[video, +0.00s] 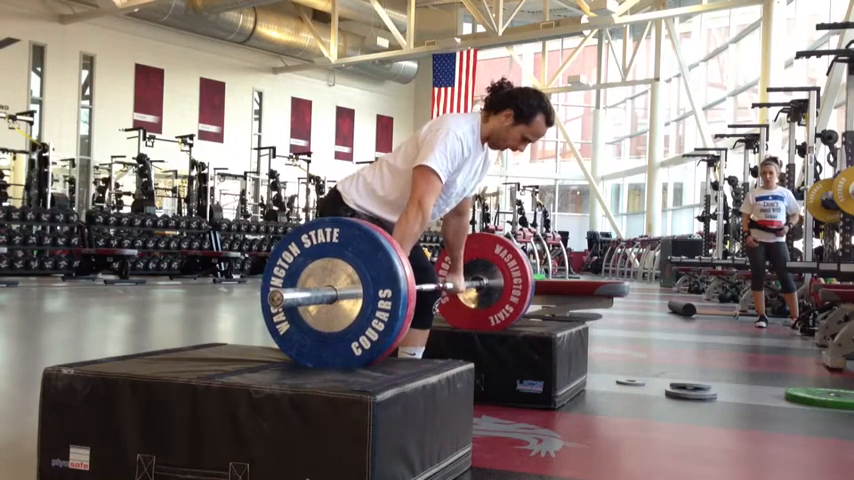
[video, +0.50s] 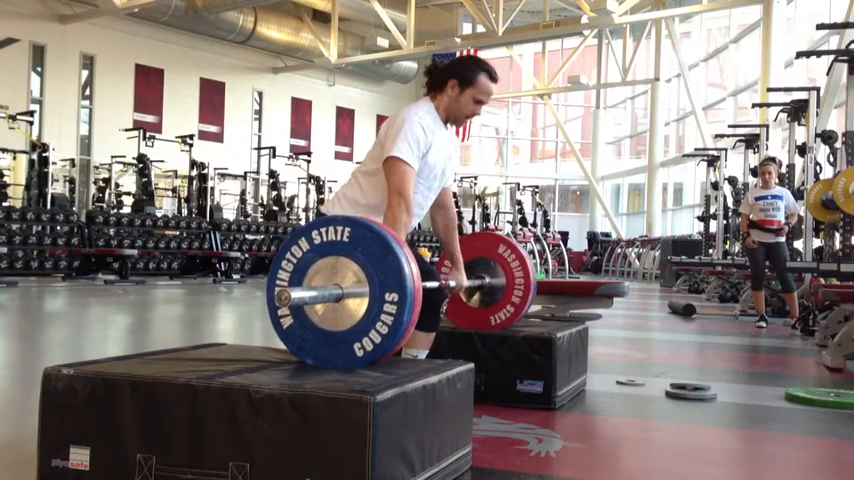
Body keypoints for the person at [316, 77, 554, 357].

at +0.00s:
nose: (521, 148)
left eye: (529, 143)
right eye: (524, 138)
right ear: (507, 116)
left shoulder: (483, 153)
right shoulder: (453, 132)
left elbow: (457, 215)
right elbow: (419, 207)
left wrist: (457, 271)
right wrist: (388, 270)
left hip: (389, 223)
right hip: (350, 210)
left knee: (424, 287)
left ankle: (406, 382)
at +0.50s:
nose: (478, 112)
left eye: (483, 105)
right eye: (477, 101)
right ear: (452, 88)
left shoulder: (448, 140)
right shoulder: (413, 120)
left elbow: (443, 209)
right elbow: (399, 201)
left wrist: (457, 266)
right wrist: (388, 270)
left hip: (386, 233)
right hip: (346, 226)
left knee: (432, 289)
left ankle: (407, 385)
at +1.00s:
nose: (468, 70)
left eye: (468, 64)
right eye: (460, 63)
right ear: (434, 72)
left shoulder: (447, 135)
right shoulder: (413, 119)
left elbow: (442, 205)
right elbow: (398, 199)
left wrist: (455, 262)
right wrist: (389, 269)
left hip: (385, 229)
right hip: (348, 224)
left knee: (430, 290)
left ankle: (408, 383)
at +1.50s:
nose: (473, 64)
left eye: (471, 58)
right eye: (464, 59)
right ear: (440, 72)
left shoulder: (452, 131)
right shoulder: (424, 117)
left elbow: (446, 204)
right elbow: (404, 198)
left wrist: (455, 263)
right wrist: (391, 265)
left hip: (381, 225)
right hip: (345, 217)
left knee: (429, 287)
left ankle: (408, 384)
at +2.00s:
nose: (468, 51)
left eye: (464, 45)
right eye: (458, 46)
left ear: (443, 63)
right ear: (436, 62)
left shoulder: (454, 120)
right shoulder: (424, 106)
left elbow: (447, 194)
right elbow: (407, 190)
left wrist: (456, 255)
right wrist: (396, 259)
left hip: (389, 219)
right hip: (353, 214)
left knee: (433, 285)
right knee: (391, 295)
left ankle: (409, 383)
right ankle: (371, 386)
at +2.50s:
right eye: (337, 1)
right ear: (334, 20)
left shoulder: (389, 52)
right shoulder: (354, 44)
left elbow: (420, 115)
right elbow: (368, 105)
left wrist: (457, 158)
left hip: (426, 183)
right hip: (390, 182)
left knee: (426, 278)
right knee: (387, 280)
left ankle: (415, 373)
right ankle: (371, 377)